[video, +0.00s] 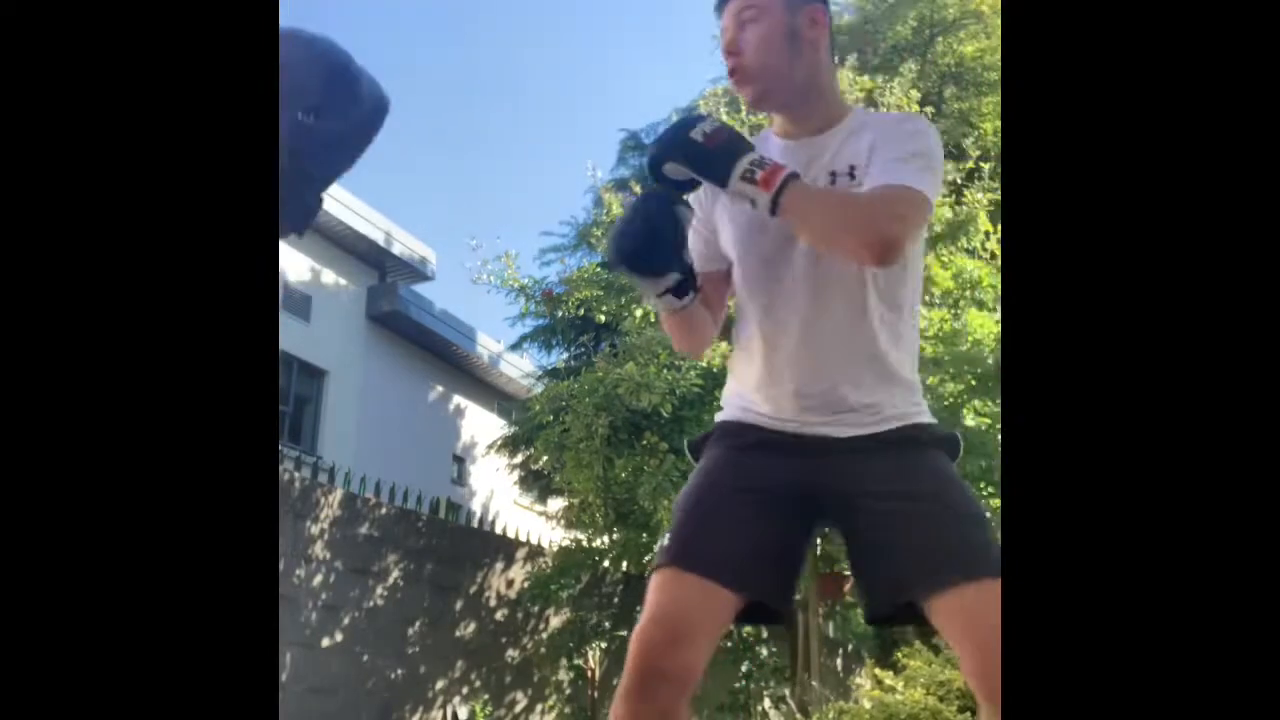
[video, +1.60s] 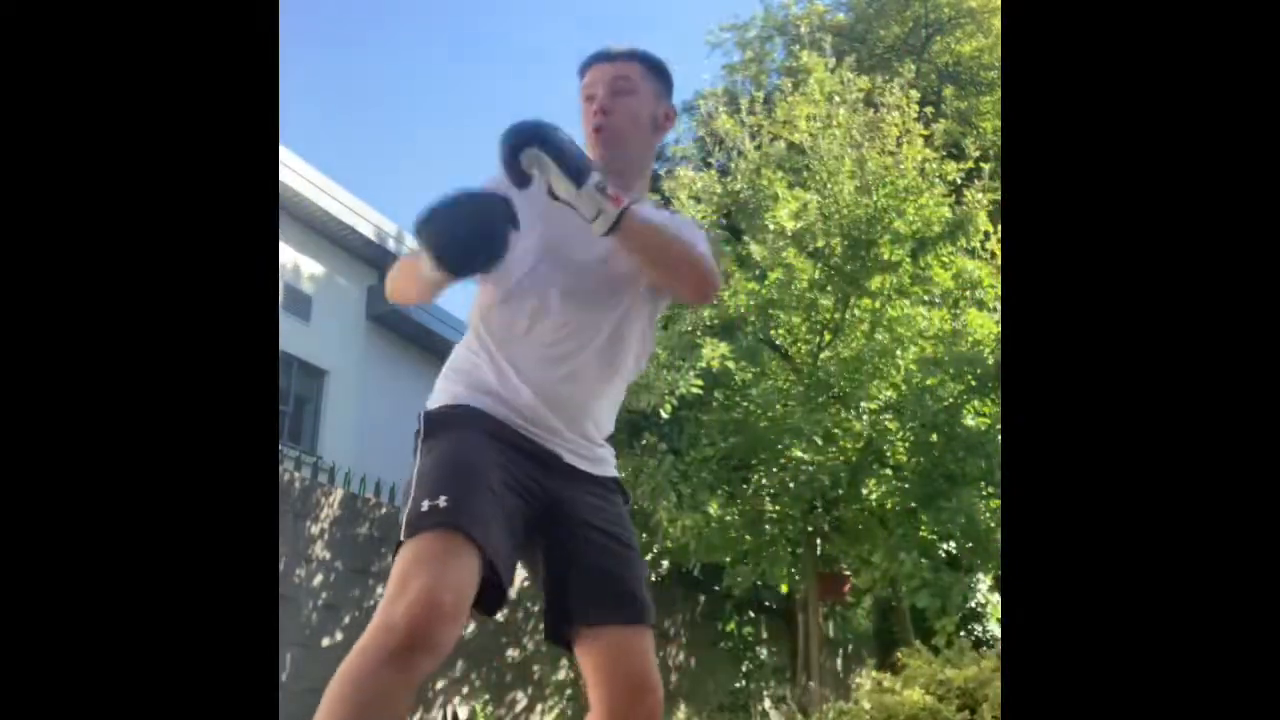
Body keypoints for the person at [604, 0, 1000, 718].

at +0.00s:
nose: (727, 51)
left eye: (745, 24)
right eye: (724, 37)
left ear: (813, 25)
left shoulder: (899, 134)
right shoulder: (722, 177)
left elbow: (882, 237)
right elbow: (695, 337)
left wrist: (744, 171)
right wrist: (664, 275)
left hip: (890, 434)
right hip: (754, 435)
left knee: (997, 662)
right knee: (656, 666)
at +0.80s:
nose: (787, 54)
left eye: (813, 32)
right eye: (780, 41)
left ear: (874, 51)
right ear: (771, 63)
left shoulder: (922, 165)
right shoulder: (737, 176)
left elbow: (972, 230)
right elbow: (646, 312)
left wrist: (814, 155)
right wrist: (639, 239)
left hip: (884, 455)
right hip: (747, 442)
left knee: (995, 677)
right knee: (624, 632)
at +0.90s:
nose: (698, 25)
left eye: (722, 6)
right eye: (692, 13)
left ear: (784, 21)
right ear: (689, 37)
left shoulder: (845, 142)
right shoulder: (664, 134)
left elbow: (964, 162)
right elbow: (500, 177)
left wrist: (868, 73)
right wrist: (470, 59)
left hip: (828, 451)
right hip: (692, 440)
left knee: (937, 685)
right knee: (591, 653)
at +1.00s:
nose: (632, 17)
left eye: (655, 0)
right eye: (627, 7)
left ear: (721, 17)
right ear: (621, 29)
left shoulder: (772, 144)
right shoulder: (599, 121)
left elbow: (900, 139)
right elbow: (438, 133)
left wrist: (819, 40)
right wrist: (416, 17)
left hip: (747, 441)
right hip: (624, 427)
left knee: (868, 677)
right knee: (558, 641)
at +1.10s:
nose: (644, 20)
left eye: (667, 7)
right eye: (624, 9)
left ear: (705, 19)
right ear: (605, 24)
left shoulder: (737, 142)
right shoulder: (576, 117)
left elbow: (825, 206)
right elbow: (439, 228)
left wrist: (721, 103)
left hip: (695, 431)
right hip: (577, 408)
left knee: (794, 679)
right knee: (510, 636)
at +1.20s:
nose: (618, 38)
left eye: (639, 19)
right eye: (609, 28)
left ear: (696, 34)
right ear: (600, 48)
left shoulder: (731, 167)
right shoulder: (565, 138)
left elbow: (761, 264)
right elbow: (463, 273)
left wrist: (644, 165)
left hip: (659, 434)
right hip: (551, 401)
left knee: (709, 690)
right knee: (508, 637)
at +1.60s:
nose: (598, 105)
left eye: (622, 92)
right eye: (589, 97)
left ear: (666, 119)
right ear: (577, 119)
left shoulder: (673, 227)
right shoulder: (526, 187)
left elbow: (701, 285)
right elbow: (397, 290)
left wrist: (593, 197)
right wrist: (438, 259)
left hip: (587, 459)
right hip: (484, 416)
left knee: (634, 697)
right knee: (421, 617)